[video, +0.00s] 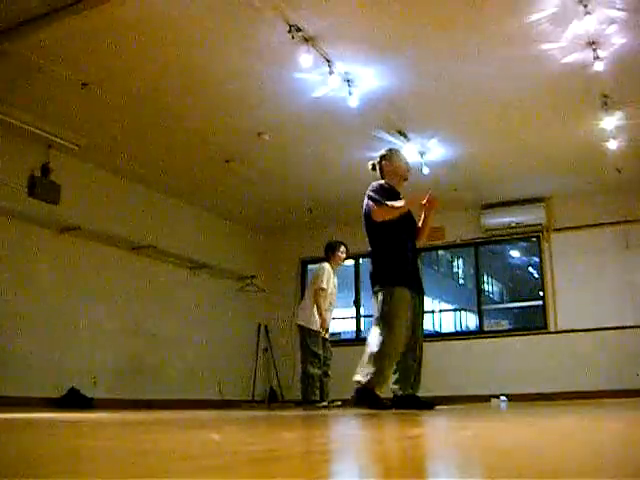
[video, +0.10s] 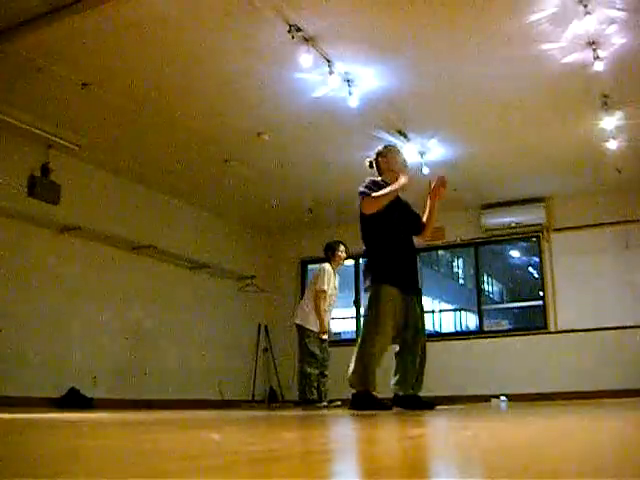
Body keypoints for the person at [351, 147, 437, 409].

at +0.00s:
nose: (408, 167)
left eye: (407, 162)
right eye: (402, 161)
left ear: (394, 166)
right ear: (386, 165)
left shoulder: (398, 201)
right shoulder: (378, 189)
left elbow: (418, 239)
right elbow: (377, 212)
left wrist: (426, 212)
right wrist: (404, 206)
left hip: (410, 274)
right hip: (391, 273)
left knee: (412, 336)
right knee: (392, 332)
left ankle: (406, 391)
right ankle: (367, 386)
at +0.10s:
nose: (404, 161)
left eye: (403, 157)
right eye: (398, 157)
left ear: (395, 163)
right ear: (383, 162)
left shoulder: (399, 203)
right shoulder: (372, 187)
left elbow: (423, 231)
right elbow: (367, 207)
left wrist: (432, 199)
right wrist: (398, 185)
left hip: (407, 276)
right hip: (384, 274)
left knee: (413, 337)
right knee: (378, 334)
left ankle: (407, 392)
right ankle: (362, 391)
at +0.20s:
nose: (399, 157)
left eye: (398, 152)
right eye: (393, 152)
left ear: (395, 159)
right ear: (380, 159)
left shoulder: (404, 200)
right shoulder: (367, 186)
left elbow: (425, 223)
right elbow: (370, 211)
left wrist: (433, 195)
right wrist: (392, 178)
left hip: (402, 278)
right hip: (373, 275)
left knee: (416, 338)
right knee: (367, 335)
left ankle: (407, 390)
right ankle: (361, 392)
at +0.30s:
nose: (394, 159)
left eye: (394, 155)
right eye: (387, 155)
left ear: (396, 161)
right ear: (372, 161)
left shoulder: (404, 199)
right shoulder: (363, 190)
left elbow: (414, 226)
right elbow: (375, 223)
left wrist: (427, 195)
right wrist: (391, 188)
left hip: (397, 276)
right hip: (366, 275)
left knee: (415, 345)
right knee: (365, 334)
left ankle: (393, 375)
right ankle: (361, 391)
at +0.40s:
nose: (389, 161)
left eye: (390, 156)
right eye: (382, 156)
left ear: (393, 164)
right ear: (369, 163)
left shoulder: (401, 197)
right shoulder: (357, 196)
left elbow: (409, 239)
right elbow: (366, 235)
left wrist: (407, 209)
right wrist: (399, 216)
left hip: (397, 276)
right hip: (367, 276)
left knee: (402, 343)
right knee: (366, 334)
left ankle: (369, 372)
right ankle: (363, 391)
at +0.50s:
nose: (388, 161)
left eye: (389, 157)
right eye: (381, 157)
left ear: (393, 165)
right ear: (367, 165)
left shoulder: (405, 197)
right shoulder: (356, 200)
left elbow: (424, 235)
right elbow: (352, 238)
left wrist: (408, 216)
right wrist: (389, 216)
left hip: (399, 275)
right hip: (368, 275)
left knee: (404, 327)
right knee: (367, 330)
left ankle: (363, 375)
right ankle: (361, 392)